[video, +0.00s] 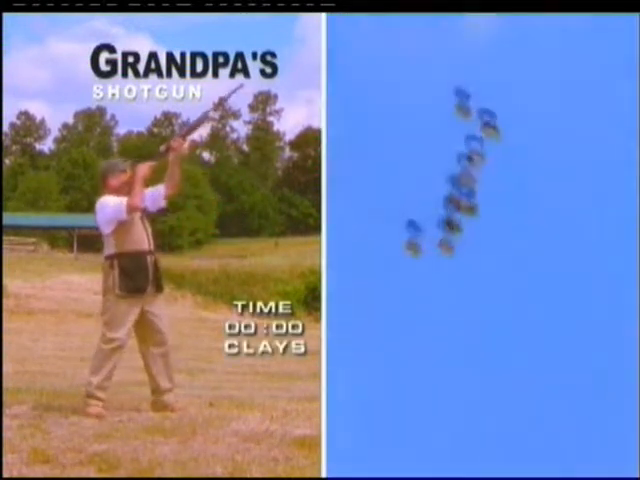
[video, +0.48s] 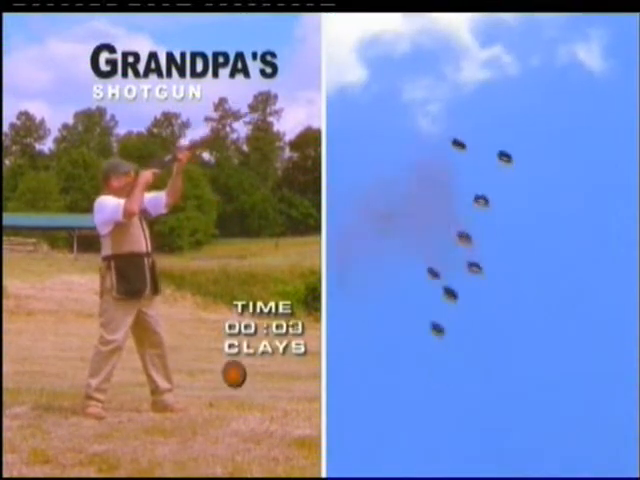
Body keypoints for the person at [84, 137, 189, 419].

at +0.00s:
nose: (129, 177)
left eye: (129, 173)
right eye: (122, 173)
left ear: (128, 178)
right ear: (109, 181)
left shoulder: (136, 198)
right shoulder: (105, 204)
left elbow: (169, 189)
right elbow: (134, 206)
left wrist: (175, 158)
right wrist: (140, 176)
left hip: (146, 268)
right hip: (120, 270)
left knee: (156, 338)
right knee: (113, 338)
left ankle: (163, 395)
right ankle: (95, 398)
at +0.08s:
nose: (128, 177)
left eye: (128, 173)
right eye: (121, 173)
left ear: (128, 178)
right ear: (109, 181)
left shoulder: (136, 198)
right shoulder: (105, 204)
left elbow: (169, 190)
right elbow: (133, 206)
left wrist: (175, 159)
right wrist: (140, 177)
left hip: (145, 269)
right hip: (120, 272)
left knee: (155, 339)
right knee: (112, 339)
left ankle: (162, 395)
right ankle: (95, 398)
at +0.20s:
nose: (130, 179)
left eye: (130, 175)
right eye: (123, 175)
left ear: (130, 180)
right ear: (109, 182)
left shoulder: (136, 199)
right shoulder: (105, 204)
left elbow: (170, 194)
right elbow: (134, 208)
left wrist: (176, 161)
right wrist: (140, 179)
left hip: (144, 269)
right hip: (119, 272)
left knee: (154, 339)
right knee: (111, 339)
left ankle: (162, 395)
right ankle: (95, 398)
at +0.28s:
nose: (130, 182)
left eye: (130, 177)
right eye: (124, 178)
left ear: (128, 181)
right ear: (111, 183)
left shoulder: (135, 201)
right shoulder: (104, 205)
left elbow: (169, 196)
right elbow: (131, 212)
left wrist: (176, 165)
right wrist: (140, 182)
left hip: (144, 270)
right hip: (118, 272)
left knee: (154, 338)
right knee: (112, 340)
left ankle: (162, 396)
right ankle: (95, 398)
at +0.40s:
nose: (130, 182)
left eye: (130, 178)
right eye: (124, 177)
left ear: (128, 182)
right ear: (111, 182)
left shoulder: (134, 200)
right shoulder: (103, 204)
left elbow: (169, 198)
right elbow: (129, 211)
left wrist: (178, 168)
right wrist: (140, 182)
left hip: (143, 268)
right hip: (118, 271)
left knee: (153, 338)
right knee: (112, 340)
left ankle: (162, 395)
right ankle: (94, 399)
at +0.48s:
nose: (132, 182)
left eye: (132, 178)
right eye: (126, 177)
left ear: (127, 182)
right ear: (112, 182)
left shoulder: (135, 201)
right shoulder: (103, 203)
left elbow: (170, 199)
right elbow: (130, 211)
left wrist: (178, 168)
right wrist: (141, 182)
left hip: (143, 267)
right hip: (118, 270)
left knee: (152, 337)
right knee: (111, 339)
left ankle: (162, 395)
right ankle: (94, 399)